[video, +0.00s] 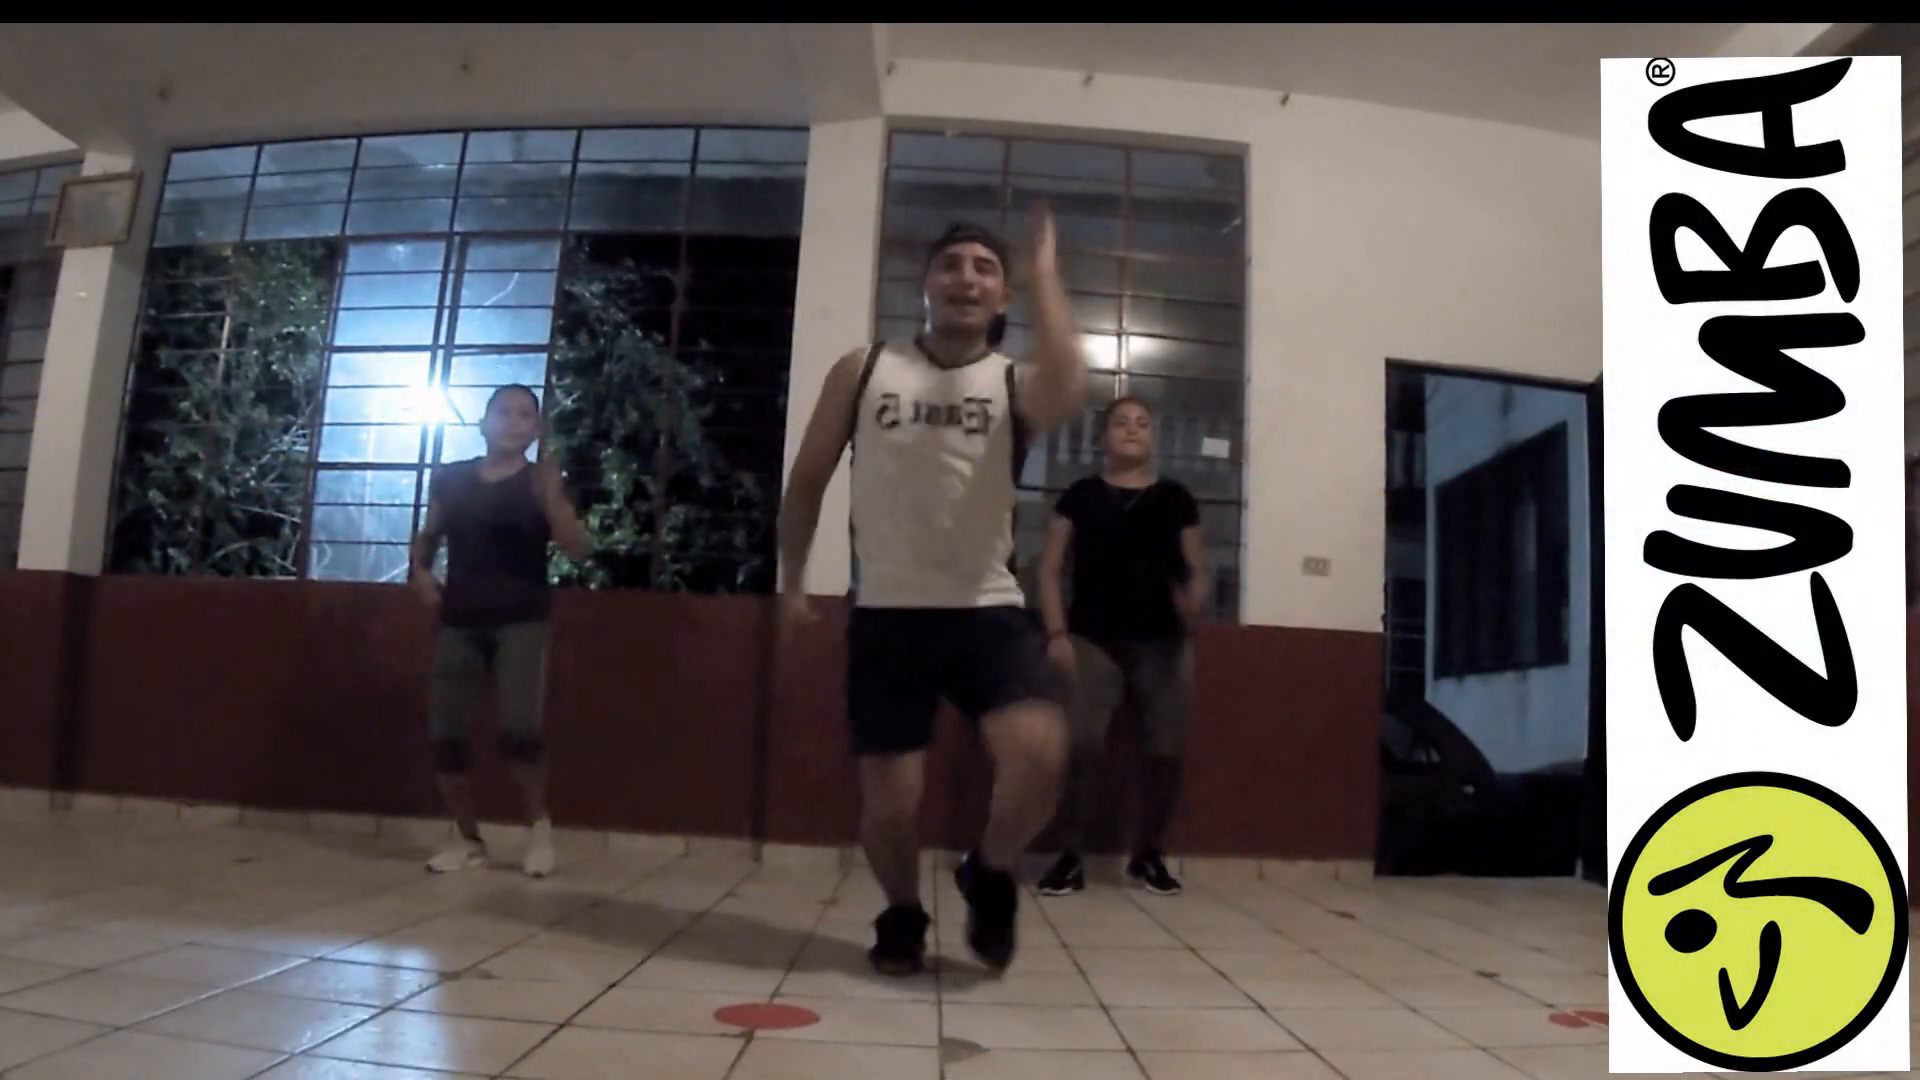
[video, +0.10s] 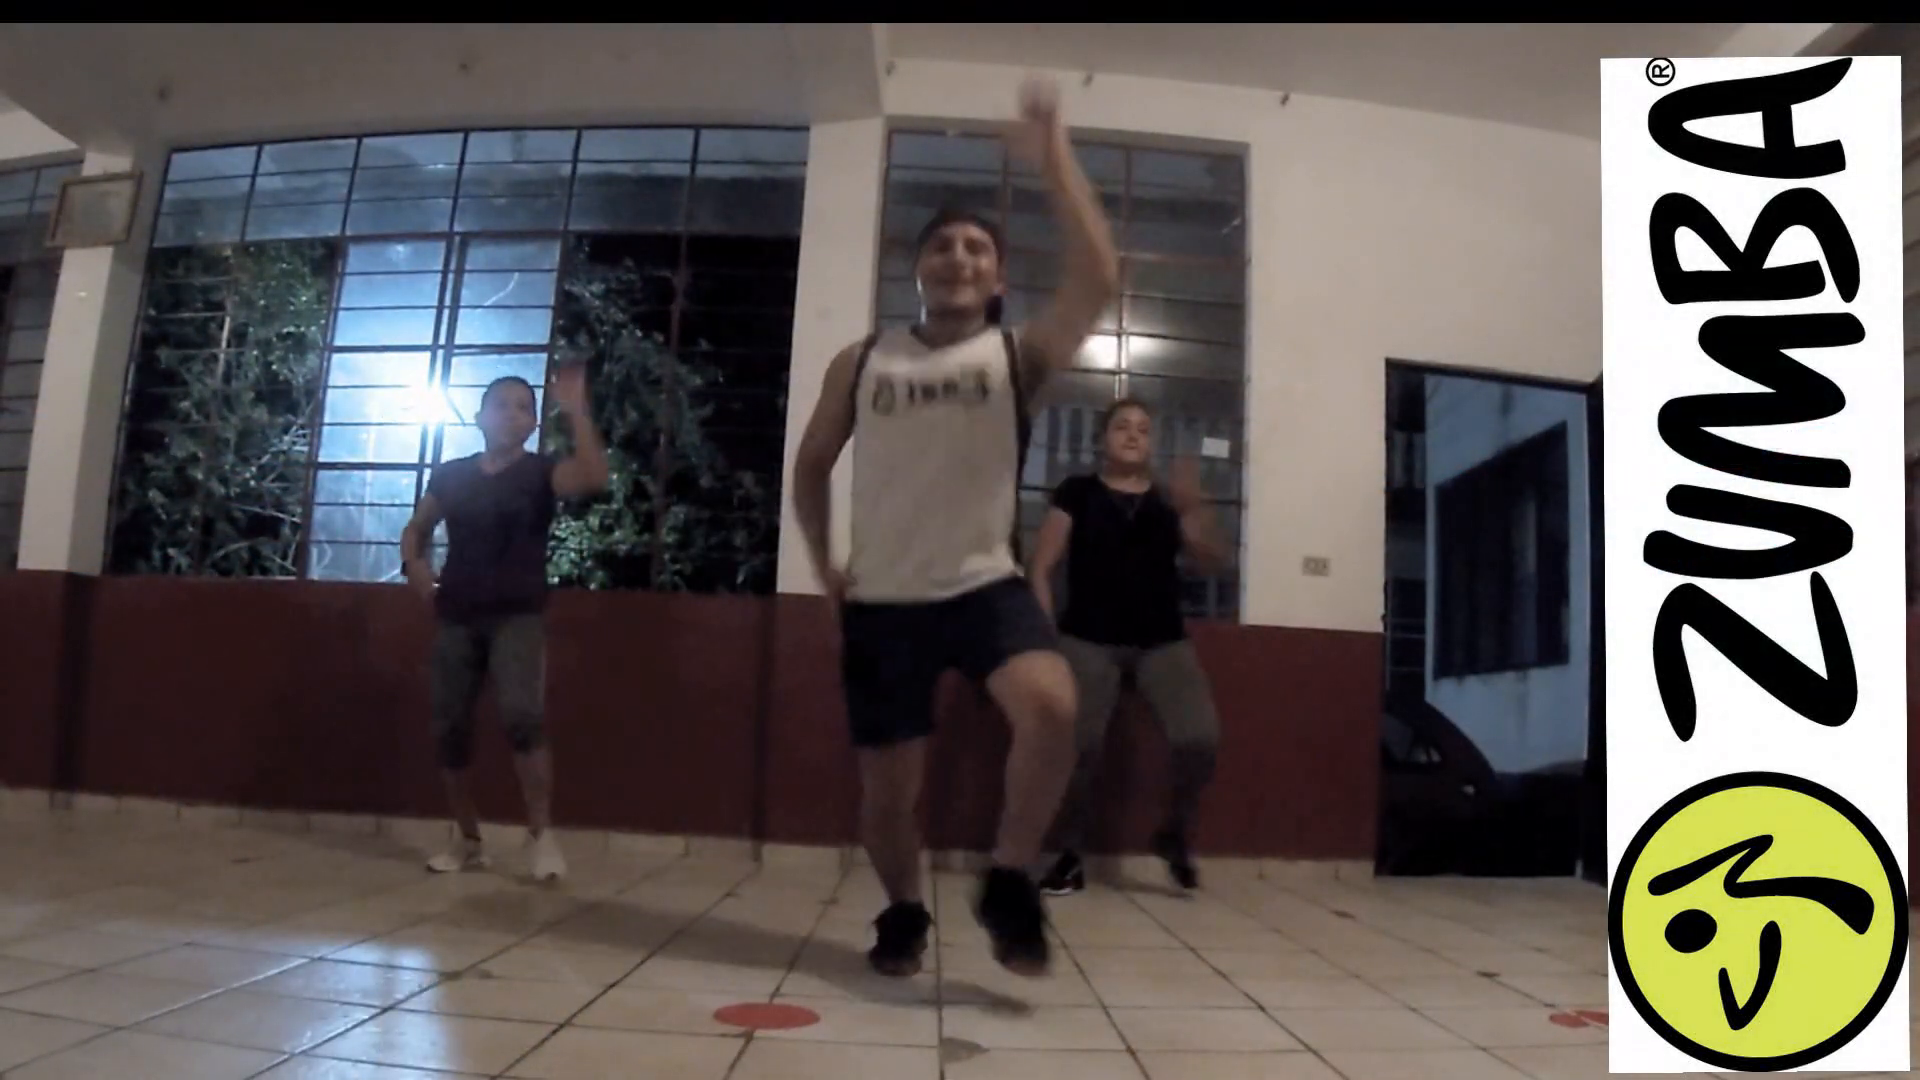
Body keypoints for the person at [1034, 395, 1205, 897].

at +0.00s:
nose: (1132, 431)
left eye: (1141, 424)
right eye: (1122, 424)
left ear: (1154, 438)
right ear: (1105, 437)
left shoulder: (1174, 499)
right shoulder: (1081, 496)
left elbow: (1196, 571)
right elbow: (1049, 569)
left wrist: (1189, 602)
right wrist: (1057, 634)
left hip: (1159, 641)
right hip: (1092, 640)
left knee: (1164, 749)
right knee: (1082, 746)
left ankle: (1149, 852)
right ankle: (1071, 854)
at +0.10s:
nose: (1133, 438)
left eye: (1142, 431)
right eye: (1123, 429)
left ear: (1152, 443)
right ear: (1103, 440)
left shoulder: (1168, 500)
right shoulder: (1078, 494)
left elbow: (1211, 558)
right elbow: (1041, 568)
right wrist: (1047, 632)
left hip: (1160, 641)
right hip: (1090, 640)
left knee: (1197, 737)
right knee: (1080, 744)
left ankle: (1175, 836)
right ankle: (1068, 853)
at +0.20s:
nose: (1138, 428)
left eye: (1148, 423)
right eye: (1129, 420)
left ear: (1157, 438)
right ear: (1108, 433)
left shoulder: (1173, 491)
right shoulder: (1084, 486)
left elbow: (1239, 490)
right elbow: (1038, 556)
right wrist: (1040, 626)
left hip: (1164, 633)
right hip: (1095, 634)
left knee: (1217, 721)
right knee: (1086, 736)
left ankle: (1213, 853)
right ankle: (1076, 853)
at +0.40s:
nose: (1166, 427)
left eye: (1173, 421)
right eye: (1154, 419)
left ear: (1183, 436)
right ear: (1130, 434)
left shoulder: (1196, 482)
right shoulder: (1108, 490)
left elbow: (1235, 419)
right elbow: (1060, 559)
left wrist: (1267, 343)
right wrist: (1066, 636)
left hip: (1205, 633)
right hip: (1130, 634)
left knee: (1240, 739)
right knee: (1113, 746)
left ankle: (1247, 879)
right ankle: (1078, 854)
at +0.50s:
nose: (1170, 430)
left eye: (1179, 423)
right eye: (1159, 423)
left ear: (1193, 436)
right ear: (1140, 438)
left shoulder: (1219, 485)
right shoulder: (1123, 498)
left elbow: (1269, 423)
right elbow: (1071, 562)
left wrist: (1280, 345)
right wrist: (1069, 626)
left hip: (1219, 635)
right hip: (1142, 637)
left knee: (1244, 741)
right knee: (1109, 743)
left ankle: (1247, 880)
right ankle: (1073, 857)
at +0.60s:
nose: (1173, 419)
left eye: (1182, 413)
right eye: (1162, 413)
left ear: (1198, 429)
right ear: (1144, 431)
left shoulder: (1225, 478)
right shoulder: (1127, 491)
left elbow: (1299, 428)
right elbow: (1076, 527)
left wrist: (1292, 355)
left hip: (1218, 626)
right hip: (1139, 626)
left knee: (1236, 743)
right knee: (1080, 723)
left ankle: (1243, 880)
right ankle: (1079, 849)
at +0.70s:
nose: (1167, 410)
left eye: (1175, 403)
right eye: (1155, 405)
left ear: (1190, 417)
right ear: (1135, 422)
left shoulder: (1221, 467)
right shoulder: (1122, 476)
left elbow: (1306, 448)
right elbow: (1058, 474)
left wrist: (1297, 374)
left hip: (1210, 619)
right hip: (1133, 616)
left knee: (1227, 737)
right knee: (1075, 716)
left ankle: (1242, 878)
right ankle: (1044, 857)